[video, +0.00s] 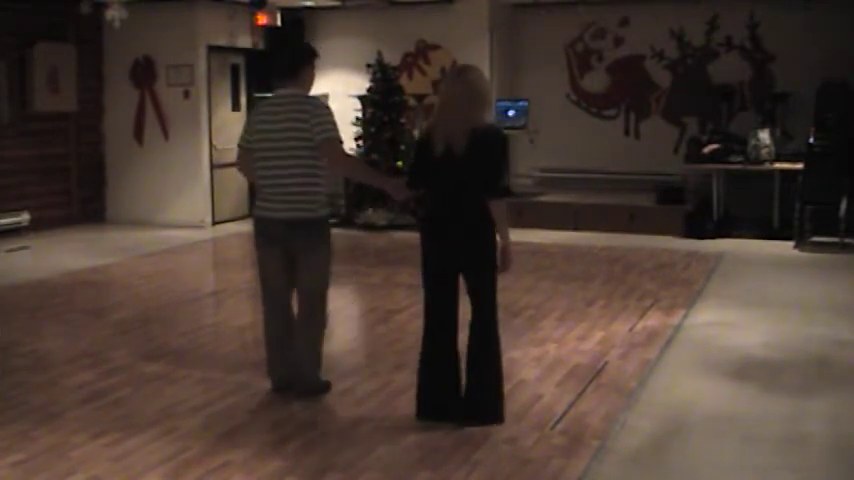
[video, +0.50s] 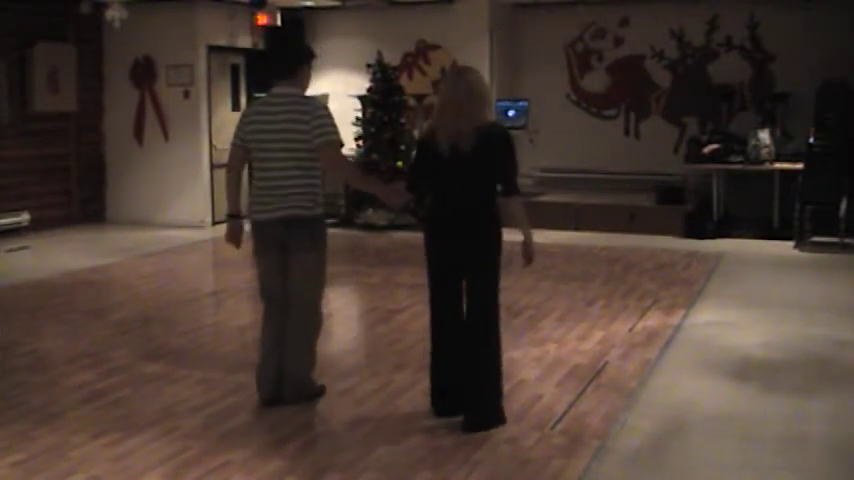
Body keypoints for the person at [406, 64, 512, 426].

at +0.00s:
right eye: (484, 93)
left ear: (444, 96)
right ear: (482, 98)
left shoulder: (430, 137)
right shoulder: (490, 138)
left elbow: (415, 189)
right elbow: (495, 196)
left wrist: (429, 221)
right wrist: (505, 240)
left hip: (436, 240)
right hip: (476, 239)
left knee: (439, 316)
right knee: (484, 317)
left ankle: (435, 400)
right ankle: (483, 402)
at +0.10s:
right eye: (483, 93)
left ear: (445, 96)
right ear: (482, 98)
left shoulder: (430, 137)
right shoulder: (490, 138)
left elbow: (416, 189)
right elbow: (494, 197)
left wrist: (428, 222)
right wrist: (503, 240)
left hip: (436, 240)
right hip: (476, 239)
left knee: (438, 317)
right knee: (485, 317)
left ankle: (435, 403)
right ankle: (484, 405)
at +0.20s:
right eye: (482, 93)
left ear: (444, 96)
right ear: (482, 97)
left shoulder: (431, 138)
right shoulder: (491, 138)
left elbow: (418, 191)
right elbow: (499, 196)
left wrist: (430, 224)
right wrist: (508, 242)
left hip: (438, 242)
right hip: (479, 242)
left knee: (440, 321)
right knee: (482, 324)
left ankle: (436, 403)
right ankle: (481, 408)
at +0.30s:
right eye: (483, 92)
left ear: (443, 97)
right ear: (483, 97)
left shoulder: (432, 139)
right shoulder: (494, 138)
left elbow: (416, 194)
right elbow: (503, 196)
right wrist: (516, 238)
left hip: (440, 243)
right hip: (482, 243)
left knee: (442, 318)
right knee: (483, 322)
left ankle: (439, 404)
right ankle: (481, 410)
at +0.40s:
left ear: (444, 98)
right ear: (484, 96)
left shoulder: (432, 140)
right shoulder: (496, 137)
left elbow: (417, 193)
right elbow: (509, 195)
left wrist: (430, 223)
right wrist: (523, 236)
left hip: (441, 242)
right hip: (483, 243)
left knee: (444, 317)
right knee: (483, 320)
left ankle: (442, 402)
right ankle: (482, 409)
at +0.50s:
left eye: (442, 90)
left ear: (443, 98)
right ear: (483, 97)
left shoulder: (431, 140)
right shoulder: (496, 137)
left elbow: (415, 193)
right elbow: (509, 195)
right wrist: (526, 235)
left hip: (441, 243)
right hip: (483, 243)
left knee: (444, 317)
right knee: (482, 320)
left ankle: (445, 399)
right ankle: (482, 409)